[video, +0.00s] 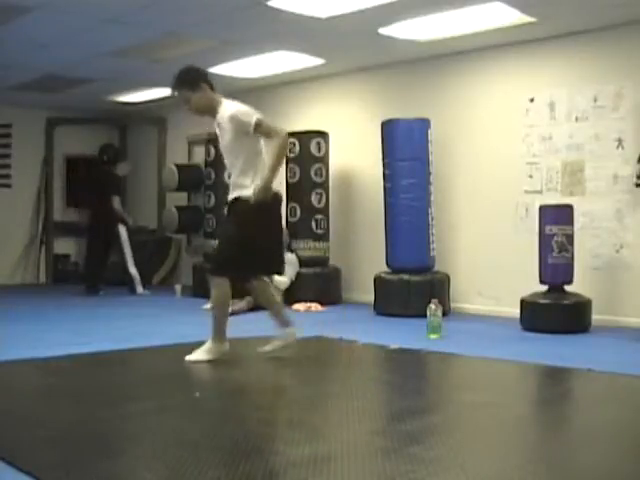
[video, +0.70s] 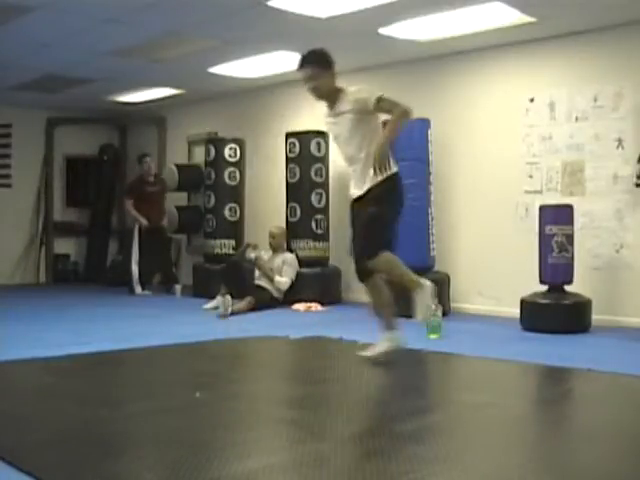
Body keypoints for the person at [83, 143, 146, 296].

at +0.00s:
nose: (122, 164)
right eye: (121, 161)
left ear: (101, 158)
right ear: (115, 160)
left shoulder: (95, 174)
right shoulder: (113, 177)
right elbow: (115, 204)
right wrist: (126, 218)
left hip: (97, 218)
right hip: (113, 219)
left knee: (96, 252)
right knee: (127, 255)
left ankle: (92, 286)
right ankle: (137, 287)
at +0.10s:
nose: (134, 167)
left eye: (134, 163)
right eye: (132, 163)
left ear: (103, 159)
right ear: (123, 162)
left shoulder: (98, 175)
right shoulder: (122, 178)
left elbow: (93, 200)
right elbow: (125, 202)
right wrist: (133, 217)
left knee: (100, 250)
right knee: (130, 253)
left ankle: (97, 283)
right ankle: (137, 287)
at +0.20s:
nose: (139, 165)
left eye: (138, 162)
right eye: (136, 162)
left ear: (126, 164)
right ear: (129, 163)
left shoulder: (118, 176)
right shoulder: (129, 178)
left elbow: (116, 201)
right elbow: (131, 203)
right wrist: (140, 219)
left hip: (119, 218)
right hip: (129, 220)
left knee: (120, 251)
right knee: (133, 253)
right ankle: (137, 286)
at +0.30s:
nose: (142, 165)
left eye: (141, 162)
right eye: (139, 162)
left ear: (131, 164)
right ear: (133, 163)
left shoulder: (126, 177)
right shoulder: (133, 178)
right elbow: (133, 203)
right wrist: (144, 217)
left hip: (126, 219)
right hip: (133, 220)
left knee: (126, 252)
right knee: (136, 254)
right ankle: (137, 287)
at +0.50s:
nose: (145, 164)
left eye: (144, 161)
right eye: (142, 162)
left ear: (139, 163)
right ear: (137, 163)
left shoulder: (145, 178)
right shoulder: (135, 178)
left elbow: (150, 201)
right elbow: (130, 203)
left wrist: (154, 216)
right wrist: (145, 218)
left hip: (143, 220)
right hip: (135, 220)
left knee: (142, 253)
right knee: (137, 253)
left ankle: (141, 284)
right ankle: (137, 286)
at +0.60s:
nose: (147, 167)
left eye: (147, 164)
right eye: (143, 164)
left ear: (148, 165)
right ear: (137, 165)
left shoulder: (151, 180)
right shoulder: (135, 180)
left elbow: (155, 202)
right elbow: (129, 205)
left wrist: (159, 216)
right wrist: (144, 219)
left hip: (152, 223)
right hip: (138, 223)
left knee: (150, 255)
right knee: (138, 254)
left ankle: (147, 284)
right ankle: (137, 286)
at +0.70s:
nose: (149, 166)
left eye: (150, 163)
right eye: (145, 164)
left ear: (154, 164)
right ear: (141, 167)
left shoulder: (160, 182)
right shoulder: (136, 183)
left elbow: (163, 202)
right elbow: (128, 204)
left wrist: (164, 217)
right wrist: (140, 219)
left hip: (159, 225)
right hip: (144, 225)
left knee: (164, 257)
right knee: (141, 257)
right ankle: (140, 286)